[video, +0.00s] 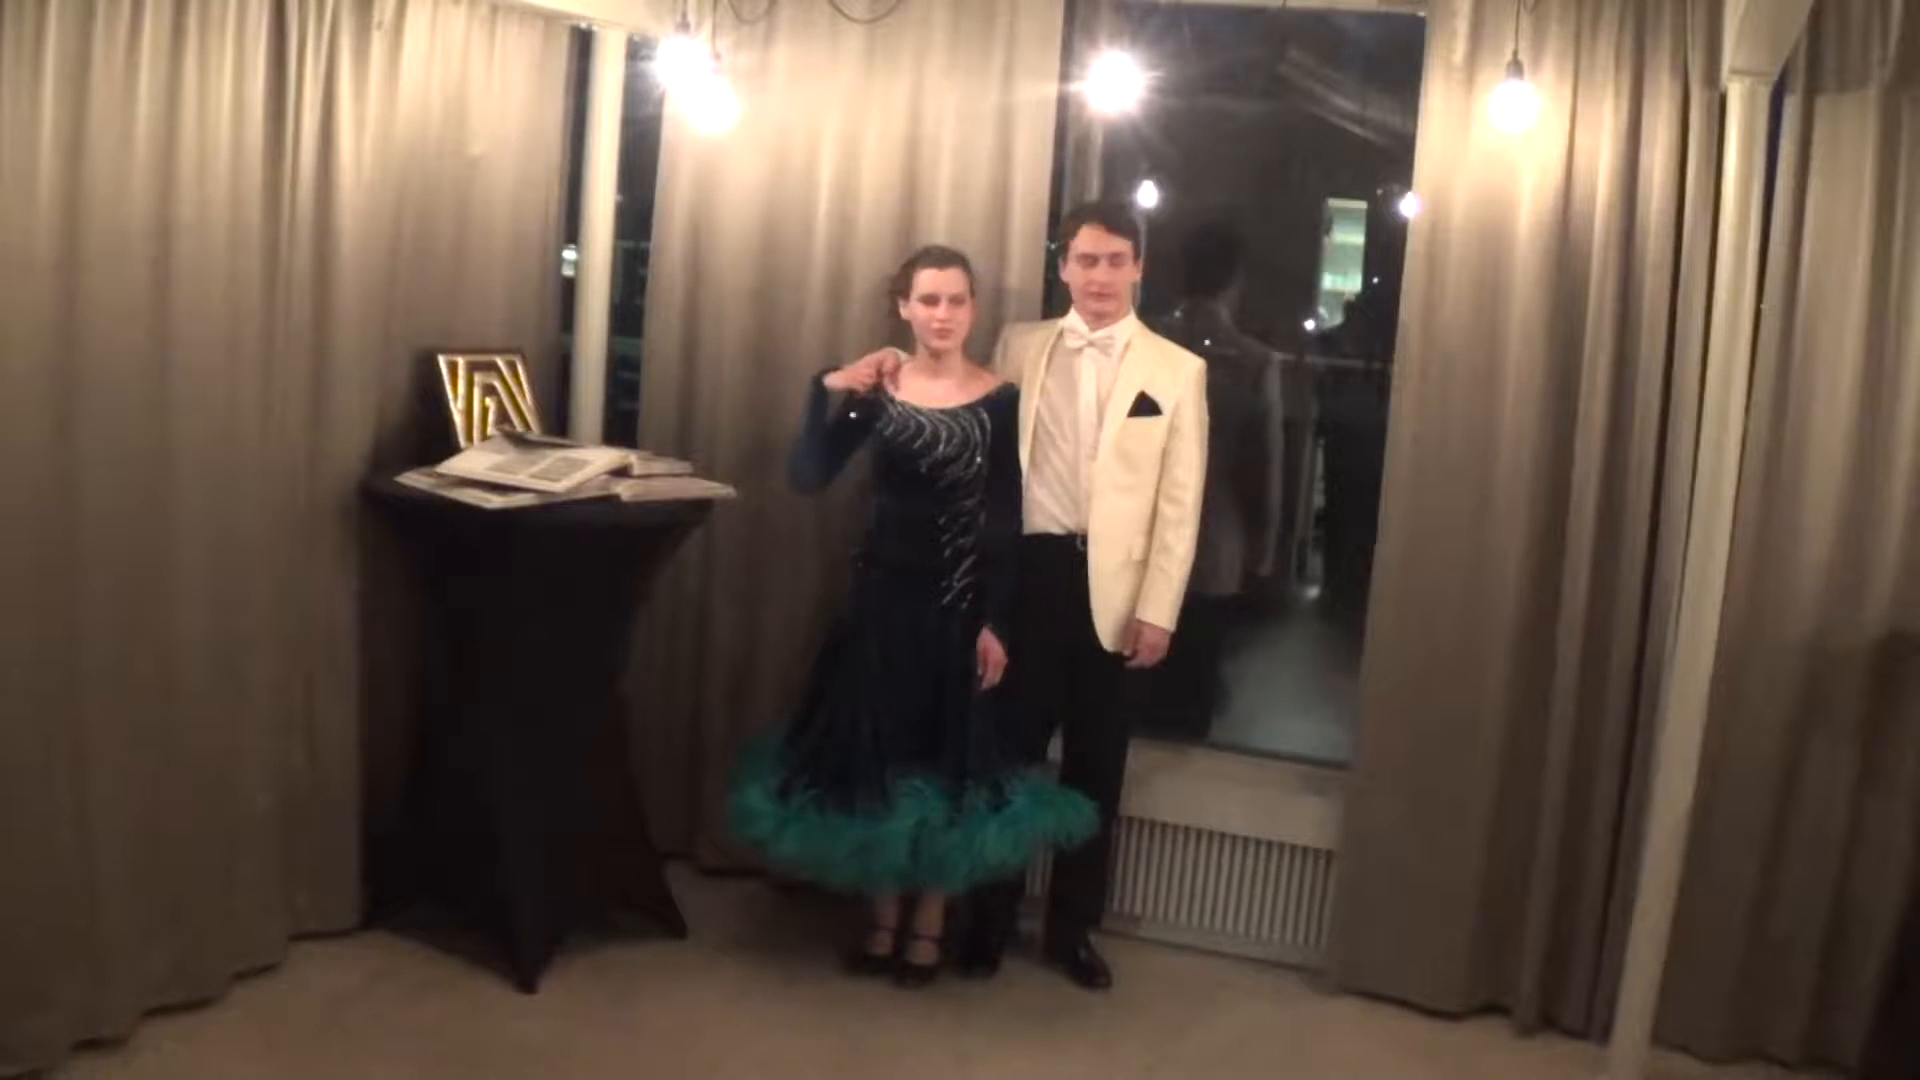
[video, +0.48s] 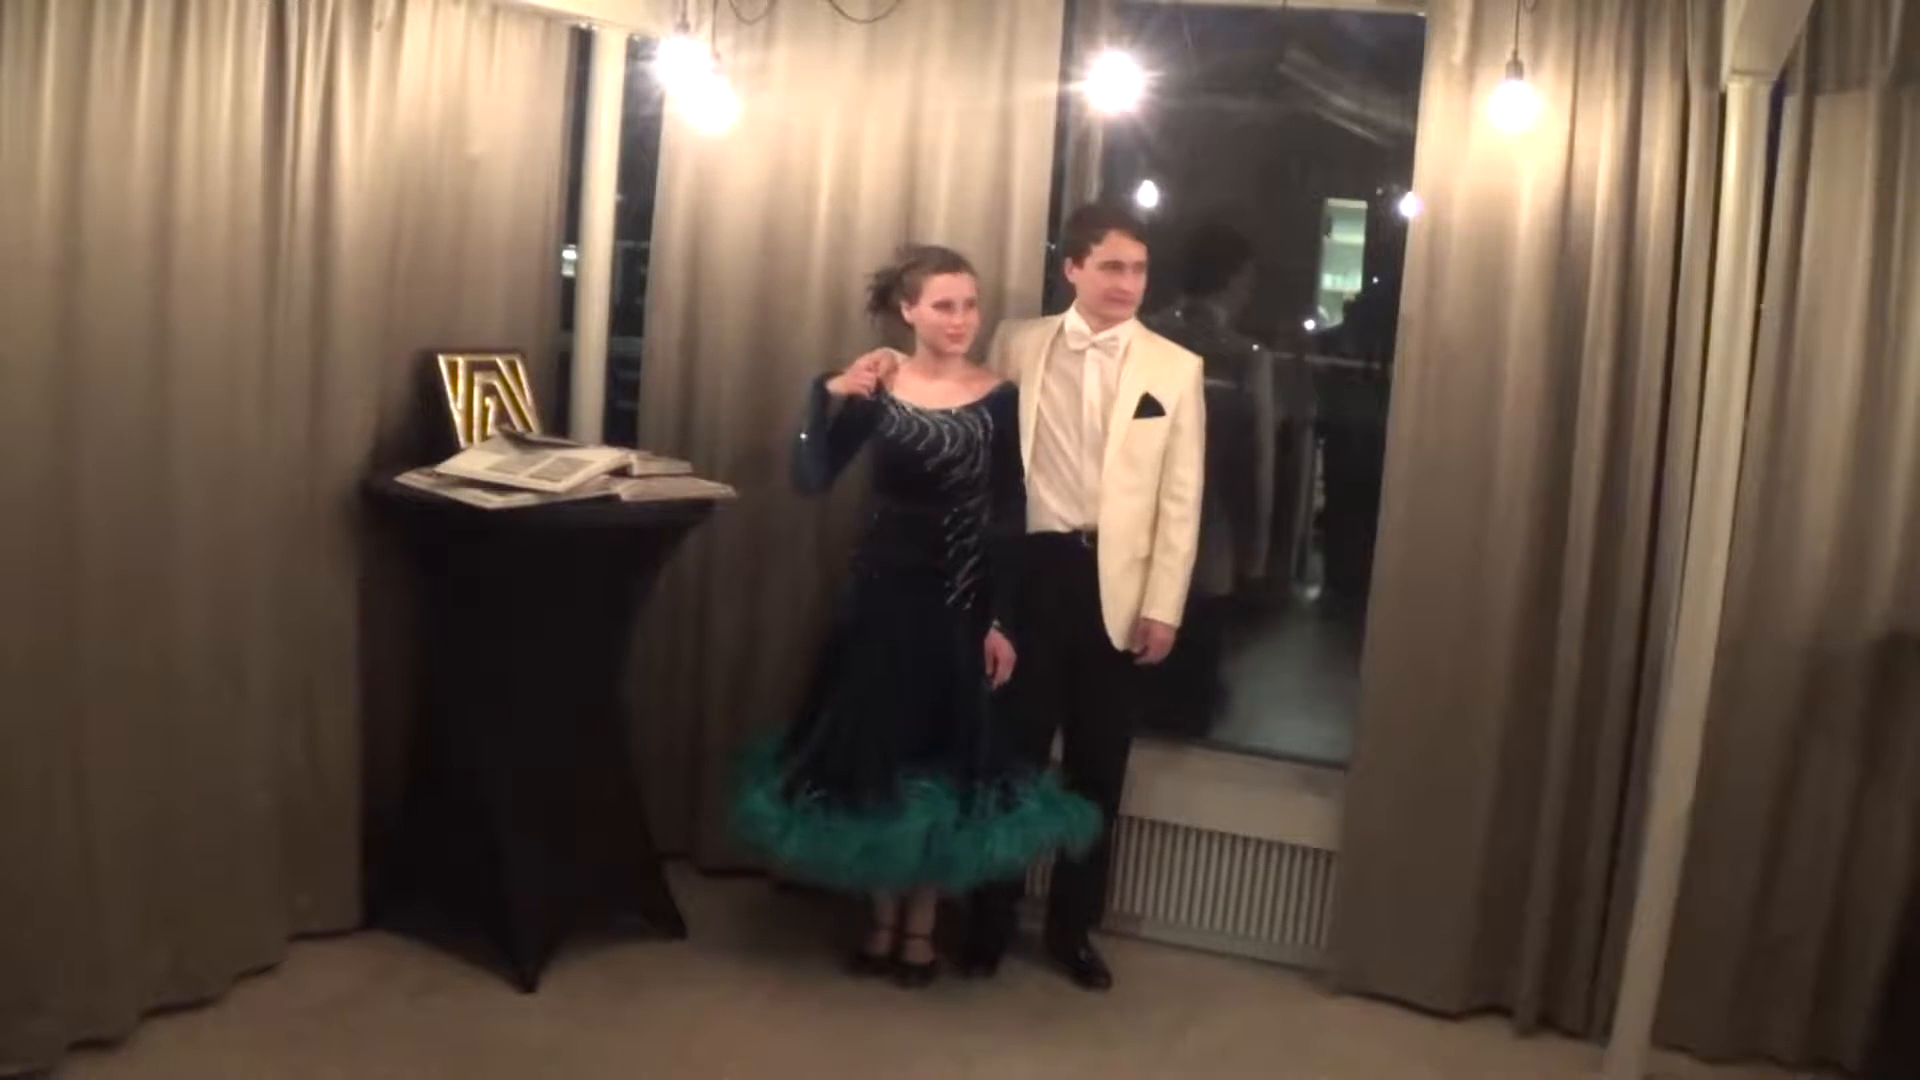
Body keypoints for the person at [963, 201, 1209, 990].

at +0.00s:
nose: (1099, 274)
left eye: (1114, 260)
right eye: (1085, 259)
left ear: (1139, 271)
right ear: (1063, 268)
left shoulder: (1178, 371)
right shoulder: (1022, 348)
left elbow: (1180, 501)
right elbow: (977, 445)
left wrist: (1160, 607)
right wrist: (898, 368)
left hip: (1112, 584)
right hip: (1023, 571)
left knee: (1096, 769)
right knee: (1008, 746)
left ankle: (1073, 930)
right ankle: (985, 923)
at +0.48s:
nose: (1127, 283)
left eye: (1138, 270)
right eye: (1111, 266)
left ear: (1150, 281)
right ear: (1071, 270)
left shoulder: (1177, 370)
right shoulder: (1019, 344)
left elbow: (1182, 499)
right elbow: (972, 446)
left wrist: (1164, 604)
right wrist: (890, 372)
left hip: (1114, 580)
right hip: (1024, 568)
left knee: (1099, 763)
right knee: (1010, 744)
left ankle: (1072, 929)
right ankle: (984, 922)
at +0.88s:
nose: (1134, 283)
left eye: (1143, 270)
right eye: (1119, 267)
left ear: (1150, 280)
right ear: (1074, 270)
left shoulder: (1172, 369)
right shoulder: (1015, 344)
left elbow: (1179, 496)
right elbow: (973, 456)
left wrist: (1164, 600)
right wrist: (966, 568)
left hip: (1113, 578)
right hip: (1021, 568)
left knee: (1098, 760)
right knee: (1008, 742)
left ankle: (1074, 929)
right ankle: (982, 923)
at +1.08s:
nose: (1133, 281)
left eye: (1142, 268)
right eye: (1118, 266)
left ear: (1147, 277)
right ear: (1073, 268)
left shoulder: (1169, 366)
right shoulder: (1011, 342)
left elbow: (1177, 493)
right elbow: (971, 455)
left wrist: (1162, 598)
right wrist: (964, 566)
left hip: (1112, 577)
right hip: (1021, 568)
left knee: (1097, 760)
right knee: (1007, 743)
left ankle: (1073, 929)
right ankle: (982, 923)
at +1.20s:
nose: (1133, 281)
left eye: (1141, 268)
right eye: (1118, 265)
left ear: (1147, 278)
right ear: (1072, 268)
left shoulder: (1169, 366)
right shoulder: (1011, 342)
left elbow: (1177, 492)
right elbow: (971, 456)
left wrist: (1163, 597)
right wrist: (965, 566)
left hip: (1112, 576)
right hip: (1021, 567)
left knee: (1097, 758)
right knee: (1008, 742)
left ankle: (1073, 928)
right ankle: (982, 922)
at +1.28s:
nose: (1132, 280)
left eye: (1141, 268)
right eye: (1118, 265)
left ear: (1146, 277)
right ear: (1071, 267)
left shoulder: (1168, 365)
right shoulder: (1011, 342)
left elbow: (1177, 491)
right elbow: (973, 455)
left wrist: (1162, 597)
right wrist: (964, 565)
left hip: (1112, 576)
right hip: (1020, 567)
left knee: (1097, 758)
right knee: (1008, 742)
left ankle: (1073, 929)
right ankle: (982, 922)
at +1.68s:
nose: (1129, 278)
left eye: (1138, 265)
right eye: (1114, 263)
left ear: (1144, 275)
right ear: (1069, 266)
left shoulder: (1166, 364)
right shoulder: (1009, 342)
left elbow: (1176, 490)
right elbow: (970, 454)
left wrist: (1163, 595)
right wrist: (964, 569)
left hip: (1111, 573)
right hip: (1021, 565)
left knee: (1097, 753)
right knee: (1007, 740)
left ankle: (1070, 926)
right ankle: (983, 918)